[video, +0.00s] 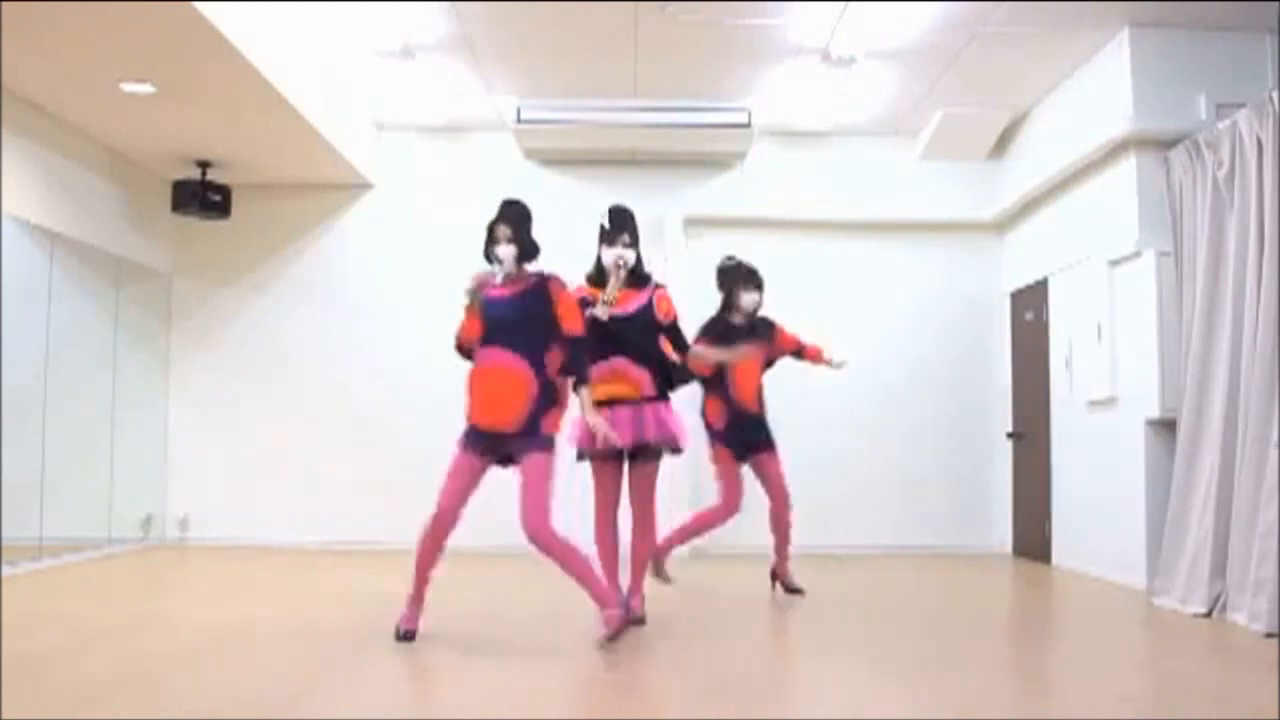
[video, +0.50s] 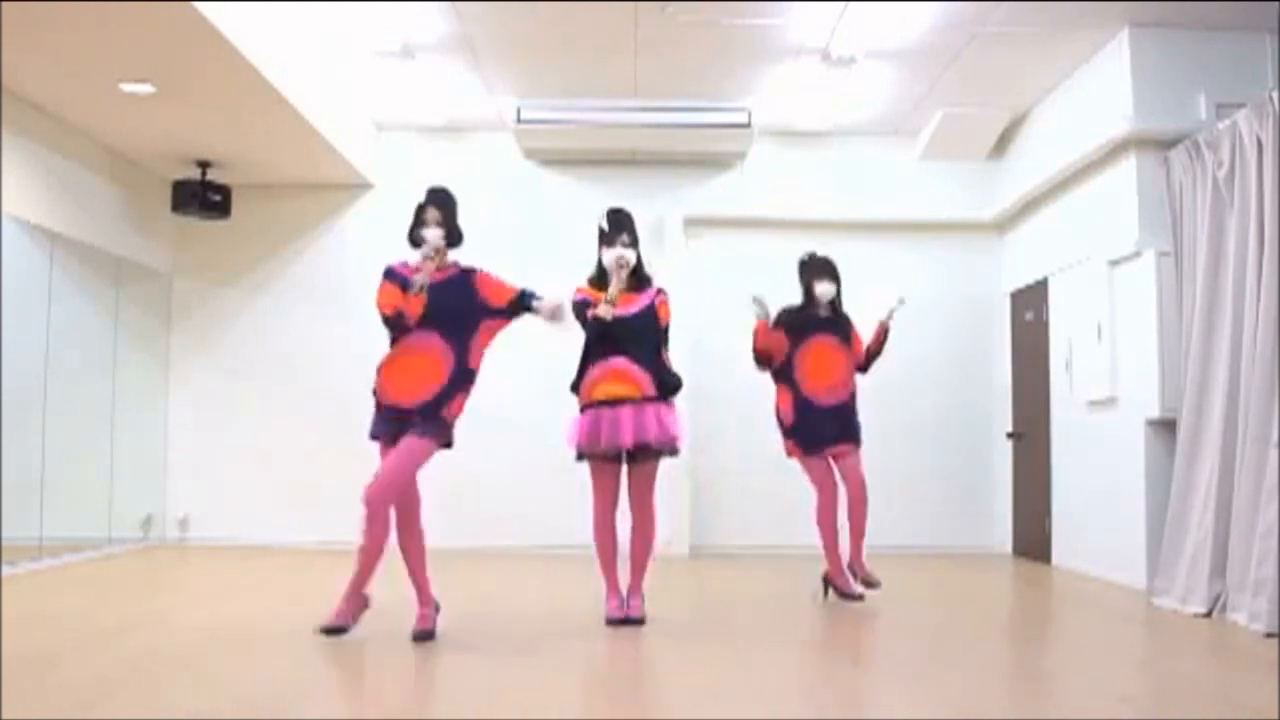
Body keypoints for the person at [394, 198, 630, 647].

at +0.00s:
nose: (502, 249)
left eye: (511, 240)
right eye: (496, 240)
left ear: (526, 243)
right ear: (489, 245)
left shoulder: (549, 288)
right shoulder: (485, 294)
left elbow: (576, 346)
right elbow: (468, 349)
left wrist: (553, 376)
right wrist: (475, 300)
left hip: (535, 426)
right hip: (484, 424)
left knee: (537, 529)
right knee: (442, 518)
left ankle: (610, 604)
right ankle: (413, 607)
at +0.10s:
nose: (480, 241)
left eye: (489, 233)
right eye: (475, 231)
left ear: (505, 240)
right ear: (466, 236)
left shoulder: (526, 291)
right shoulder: (455, 288)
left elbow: (539, 351)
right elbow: (447, 336)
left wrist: (535, 402)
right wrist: (460, 287)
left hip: (510, 415)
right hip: (458, 411)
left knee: (495, 520)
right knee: (429, 514)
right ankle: (410, 606)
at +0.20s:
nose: (466, 230)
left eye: (475, 223)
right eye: (460, 222)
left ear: (490, 229)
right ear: (451, 226)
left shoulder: (512, 283)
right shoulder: (440, 281)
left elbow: (524, 343)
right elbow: (440, 328)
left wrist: (521, 397)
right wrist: (453, 282)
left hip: (490, 401)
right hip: (442, 395)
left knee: (469, 507)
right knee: (424, 506)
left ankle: (481, 606)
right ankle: (413, 603)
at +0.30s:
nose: (455, 228)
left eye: (463, 221)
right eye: (449, 219)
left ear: (478, 227)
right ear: (439, 224)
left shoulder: (497, 280)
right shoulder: (425, 274)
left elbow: (529, 338)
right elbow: (425, 319)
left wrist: (534, 360)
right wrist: (446, 271)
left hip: (469, 400)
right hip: (421, 396)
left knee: (444, 503)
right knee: (417, 504)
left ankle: (473, 599)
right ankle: (426, 602)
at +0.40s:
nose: (444, 230)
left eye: (452, 223)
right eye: (437, 222)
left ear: (465, 230)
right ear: (428, 227)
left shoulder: (482, 283)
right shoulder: (410, 276)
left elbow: (514, 331)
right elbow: (411, 324)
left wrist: (550, 310)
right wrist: (434, 277)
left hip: (452, 405)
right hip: (405, 401)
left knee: (409, 490)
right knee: (406, 500)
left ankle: (426, 591)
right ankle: (423, 595)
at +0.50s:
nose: (433, 233)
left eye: (441, 226)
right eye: (426, 225)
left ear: (454, 231)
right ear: (414, 229)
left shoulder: (473, 282)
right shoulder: (398, 276)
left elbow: (515, 298)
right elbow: (396, 323)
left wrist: (544, 307)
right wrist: (422, 277)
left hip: (439, 411)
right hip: (392, 406)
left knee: (377, 495)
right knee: (406, 507)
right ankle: (426, 602)